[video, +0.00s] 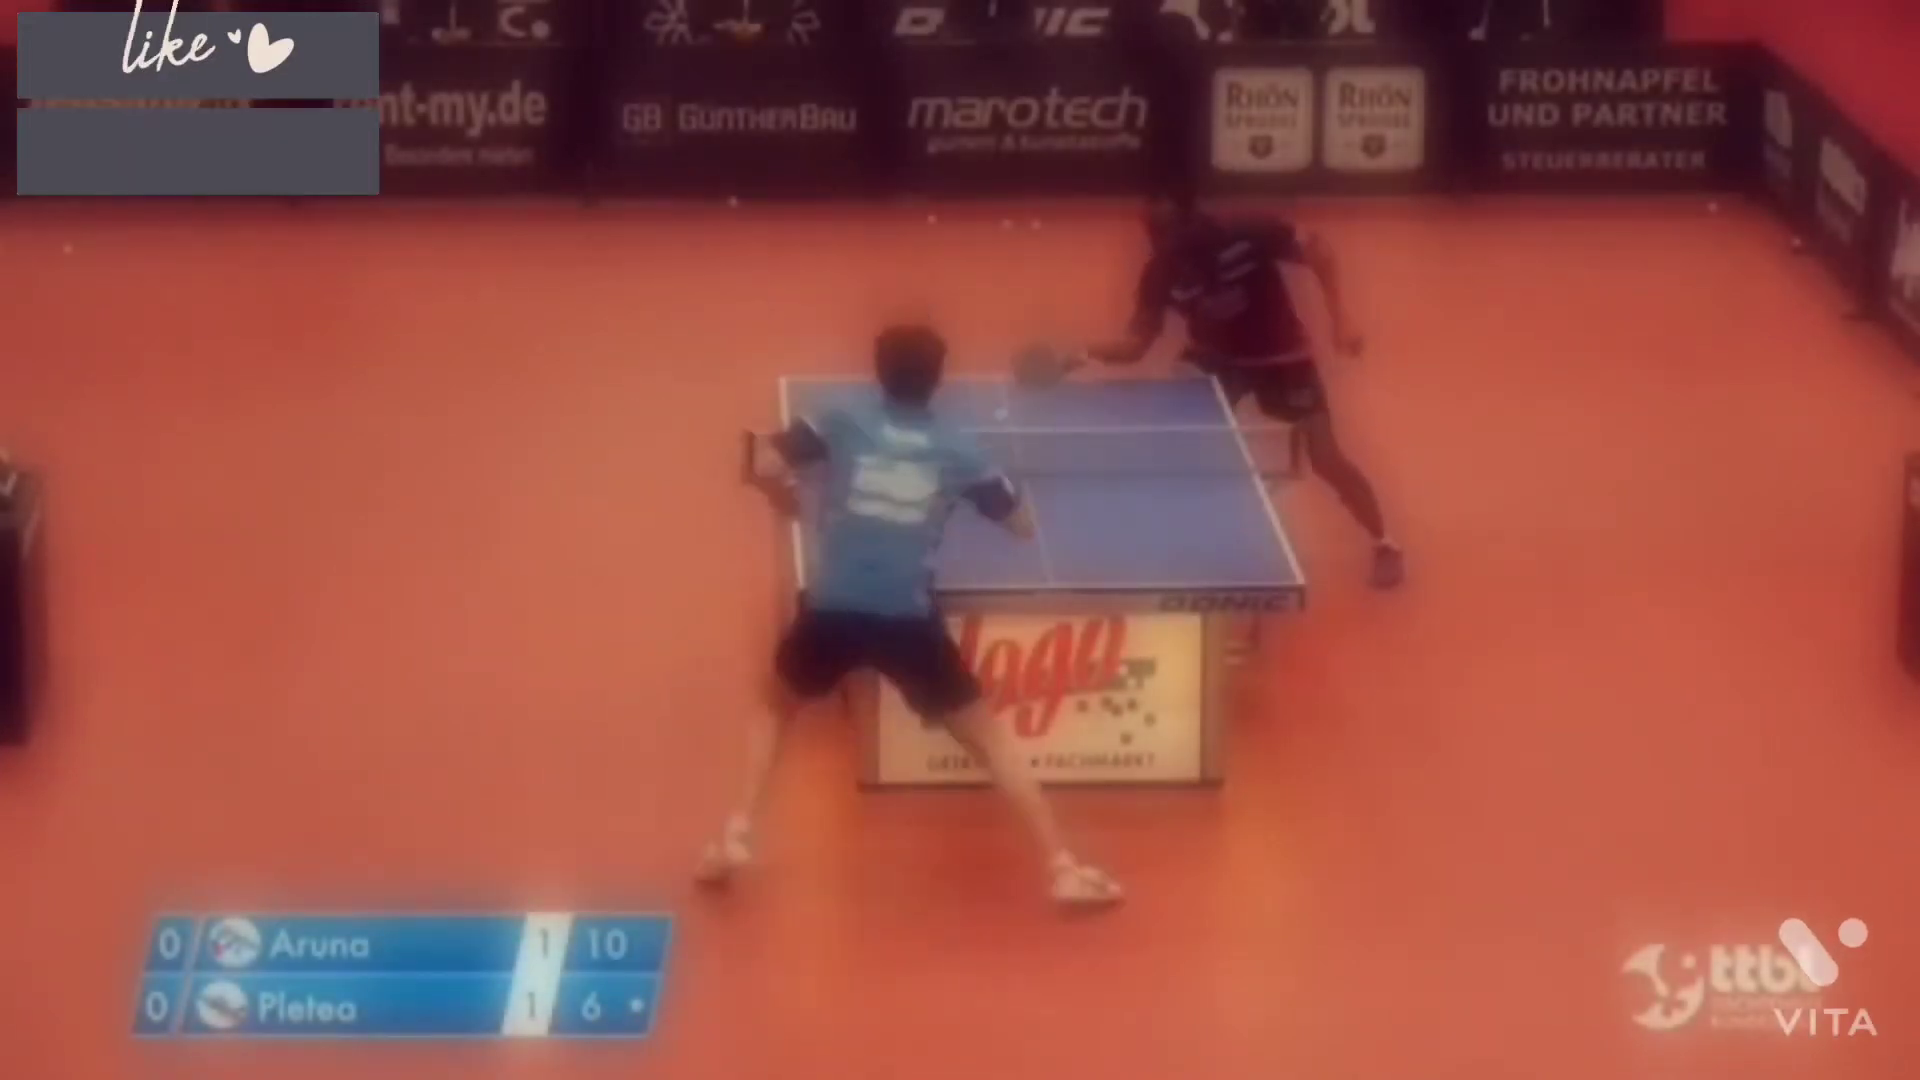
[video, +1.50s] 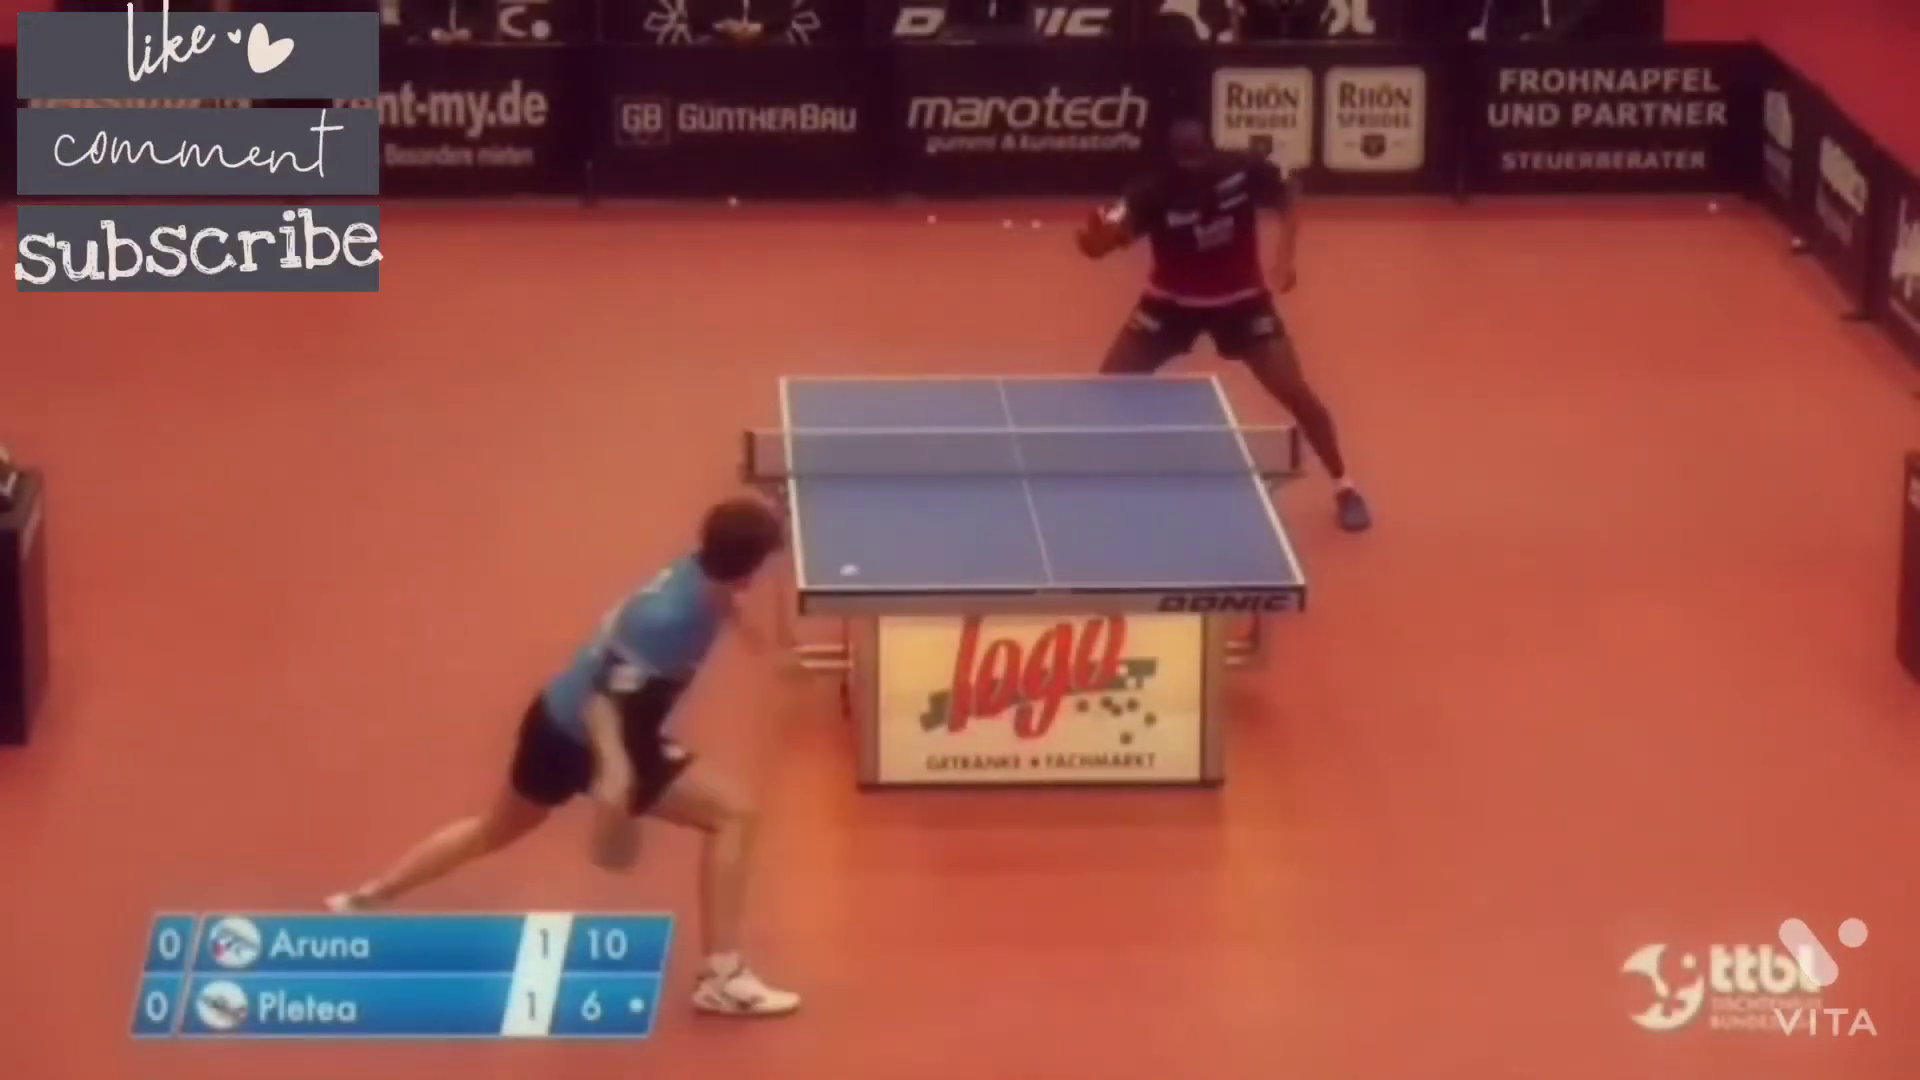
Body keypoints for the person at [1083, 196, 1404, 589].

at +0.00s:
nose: (1159, 234)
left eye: (1166, 223)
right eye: (1153, 225)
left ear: (1188, 214)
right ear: (1149, 225)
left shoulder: (1244, 235)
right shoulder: (1162, 268)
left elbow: (1319, 256)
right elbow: (1135, 344)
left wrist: (1342, 325)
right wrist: (1083, 353)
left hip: (1282, 361)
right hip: (1213, 366)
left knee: (1325, 460)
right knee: (1171, 451)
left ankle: (1383, 542)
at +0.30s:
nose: (1086, 246)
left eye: (1091, 236)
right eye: (1077, 240)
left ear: (1104, 230)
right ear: (1065, 242)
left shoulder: (1144, 242)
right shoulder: (1064, 283)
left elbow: (1203, 243)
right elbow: (1067, 339)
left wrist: (1237, 311)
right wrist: (1079, 365)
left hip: (1188, 366)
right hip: (1124, 385)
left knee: (1236, 438)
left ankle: (1279, 515)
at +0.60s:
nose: (1097, 224)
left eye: (1105, 215)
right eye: (1089, 216)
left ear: (1121, 211)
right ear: (1079, 215)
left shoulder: (1161, 240)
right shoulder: (1071, 252)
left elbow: (1228, 270)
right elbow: (1047, 296)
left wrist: (1231, 349)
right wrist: (1032, 325)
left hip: (1179, 357)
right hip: (1108, 358)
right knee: (1070, 416)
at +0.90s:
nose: (1135, 220)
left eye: (1143, 209)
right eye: (1127, 211)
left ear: (1162, 205)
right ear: (1118, 211)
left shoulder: (1200, 236)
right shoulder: (1112, 255)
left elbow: (1249, 277)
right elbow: (1097, 324)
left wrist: (1231, 338)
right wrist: (1124, 326)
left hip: (1213, 340)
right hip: (1145, 346)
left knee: (1282, 414)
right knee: (1097, 410)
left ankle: (1340, 489)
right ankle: (1096, 507)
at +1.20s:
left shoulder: (1256, 155)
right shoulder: (1166, 175)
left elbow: (1286, 185)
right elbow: (1136, 222)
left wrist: (1286, 233)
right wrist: (1099, 262)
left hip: (1251, 293)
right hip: (1179, 294)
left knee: (1301, 390)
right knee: (1120, 386)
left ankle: (1344, 482)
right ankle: (1099, 489)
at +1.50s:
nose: (1191, 160)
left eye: (1197, 150)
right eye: (1183, 152)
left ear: (1210, 145)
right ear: (1169, 152)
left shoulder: (1244, 173)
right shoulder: (1157, 188)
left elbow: (1286, 197)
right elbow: (1113, 235)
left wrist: (1285, 259)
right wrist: (1096, 235)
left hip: (1241, 303)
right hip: (1170, 305)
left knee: (1294, 392)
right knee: (1108, 389)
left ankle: (1343, 486)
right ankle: (1100, 496)